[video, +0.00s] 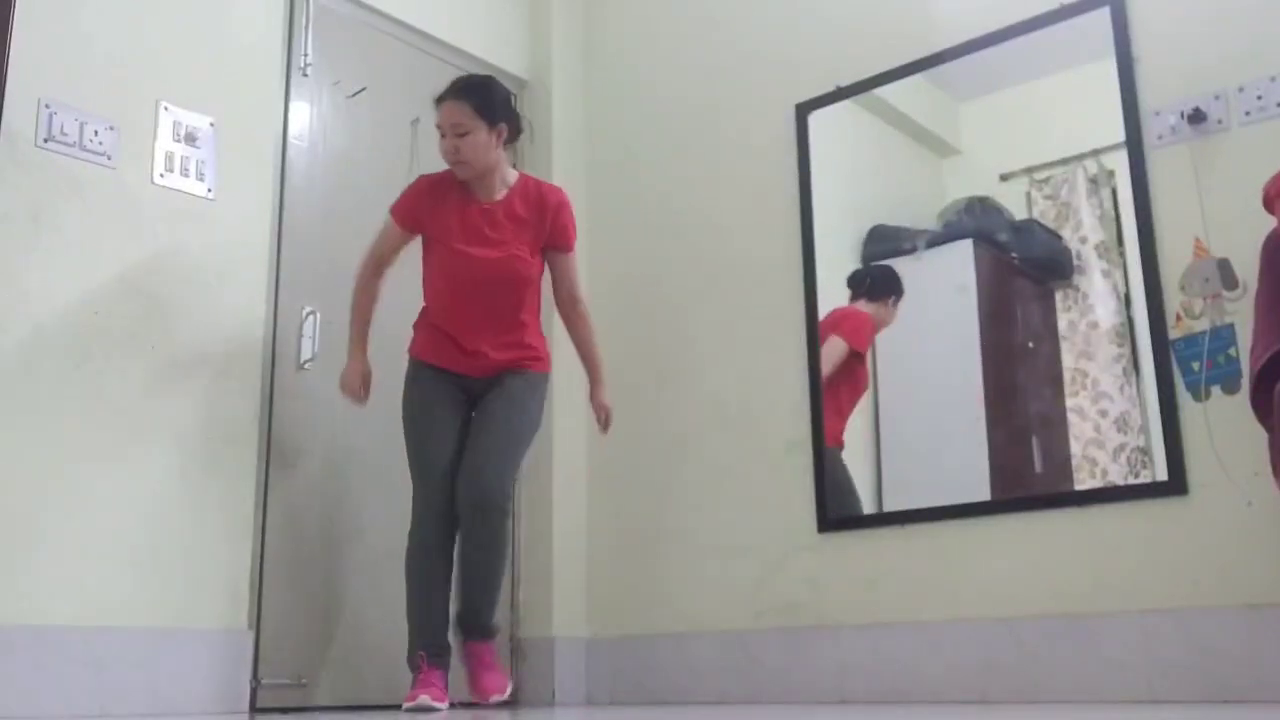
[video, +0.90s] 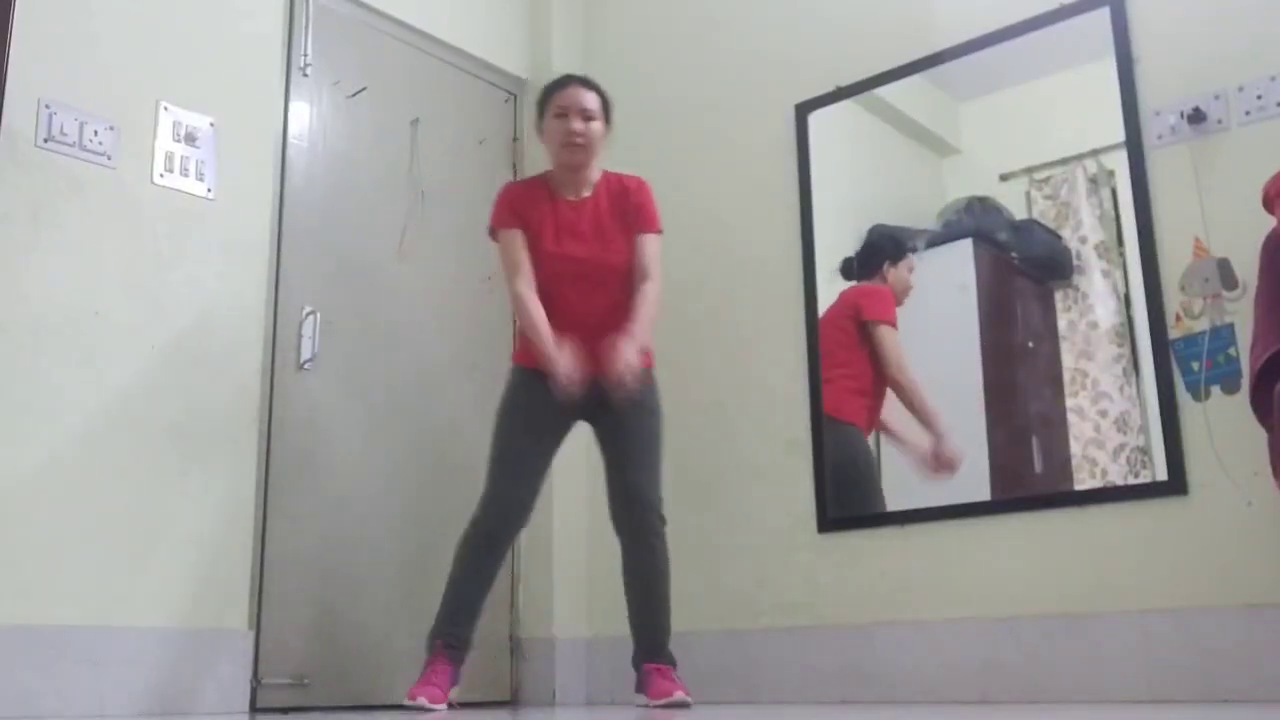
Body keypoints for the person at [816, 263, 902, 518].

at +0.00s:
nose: (892, 319)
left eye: (897, 310)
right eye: (896, 309)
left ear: (857, 293)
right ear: (889, 301)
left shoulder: (831, 319)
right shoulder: (859, 320)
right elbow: (815, 374)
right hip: (823, 449)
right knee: (852, 529)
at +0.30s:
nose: (888, 327)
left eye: (893, 318)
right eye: (892, 317)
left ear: (859, 298)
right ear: (885, 306)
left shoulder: (829, 322)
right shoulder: (849, 323)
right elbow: (823, 386)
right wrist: (821, 448)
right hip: (822, 459)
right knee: (865, 525)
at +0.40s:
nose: (885, 327)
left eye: (890, 318)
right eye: (889, 317)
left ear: (857, 298)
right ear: (882, 307)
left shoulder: (829, 323)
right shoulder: (845, 321)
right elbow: (830, 394)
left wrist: (868, 466)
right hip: (822, 456)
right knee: (875, 522)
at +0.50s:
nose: (886, 321)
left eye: (891, 312)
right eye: (891, 310)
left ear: (859, 292)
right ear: (882, 300)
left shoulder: (833, 318)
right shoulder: (846, 315)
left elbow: (848, 411)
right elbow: (848, 390)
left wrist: (906, 423)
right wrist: (911, 418)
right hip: (820, 447)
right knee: (875, 523)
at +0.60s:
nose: (891, 309)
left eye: (895, 301)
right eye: (894, 299)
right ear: (881, 288)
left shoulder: (840, 311)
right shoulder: (849, 307)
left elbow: (868, 398)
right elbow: (870, 381)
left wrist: (927, 387)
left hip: (825, 441)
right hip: (822, 441)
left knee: (848, 525)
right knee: (854, 524)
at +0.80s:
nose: (903, 287)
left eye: (904, 278)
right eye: (902, 276)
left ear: (881, 273)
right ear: (881, 273)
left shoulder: (845, 306)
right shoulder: (865, 298)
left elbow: (875, 397)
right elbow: (889, 371)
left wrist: (940, 401)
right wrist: (952, 389)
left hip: (829, 433)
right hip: (833, 434)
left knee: (849, 530)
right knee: (859, 529)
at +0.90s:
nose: (912, 282)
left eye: (912, 273)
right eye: (909, 271)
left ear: (884, 269)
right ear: (887, 270)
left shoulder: (847, 306)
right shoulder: (874, 294)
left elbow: (873, 406)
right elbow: (896, 372)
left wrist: (925, 451)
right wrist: (939, 436)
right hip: (839, 429)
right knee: (869, 529)